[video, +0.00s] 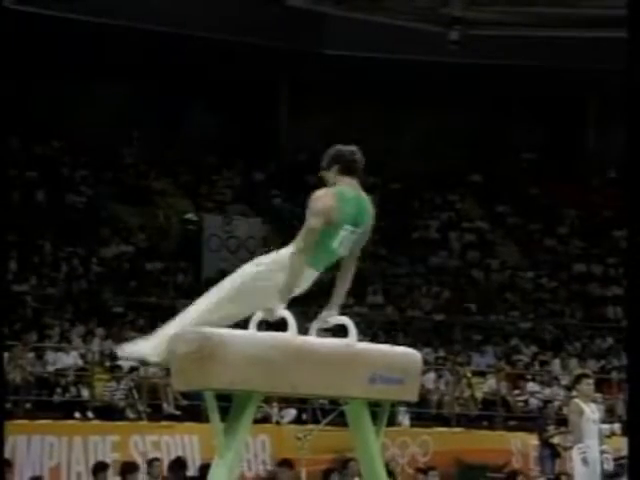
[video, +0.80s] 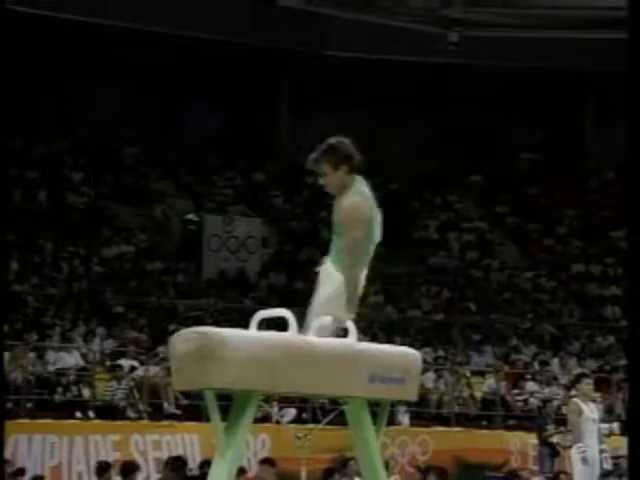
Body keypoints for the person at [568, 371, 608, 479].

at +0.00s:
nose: (591, 388)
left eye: (592, 384)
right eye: (587, 384)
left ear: (594, 386)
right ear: (577, 387)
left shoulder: (593, 406)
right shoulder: (575, 405)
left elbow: (594, 428)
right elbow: (575, 429)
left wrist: (611, 429)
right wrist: (581, 452)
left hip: (595, 448)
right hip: (584, 449)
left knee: (595, 474)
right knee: (584, 475)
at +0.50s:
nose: (590, 387)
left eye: (591, 384)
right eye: (586, 384)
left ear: (593, 386)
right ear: (577, 387)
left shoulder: (592, 405)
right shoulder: (575, 404)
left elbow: (594, 428)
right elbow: (574, 429)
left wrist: (610, 428)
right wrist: (580, 452)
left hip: (594, 448)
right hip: (583, 450)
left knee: (594, 474)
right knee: (583, 475)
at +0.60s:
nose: (590, 387)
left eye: (591, 384)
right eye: (586, 384)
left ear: (594, 386)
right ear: (577, 387)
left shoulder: (592, 405)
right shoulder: (574, 404)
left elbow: (596, 429)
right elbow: (574, 428)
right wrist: (580, 450)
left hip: (594, 449)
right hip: (583, 450)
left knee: (594, 474)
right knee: (583, 475)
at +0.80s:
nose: (591, 388)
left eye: (591, 384)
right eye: (587, 384)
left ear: (594, 386)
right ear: (577, 387)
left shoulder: (592, 405)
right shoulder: (574, 404)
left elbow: (595, 430)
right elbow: (574, 428)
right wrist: (580, 450)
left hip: (594, 449)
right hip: (583, 451)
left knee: (594, 474)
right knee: (583, 475)